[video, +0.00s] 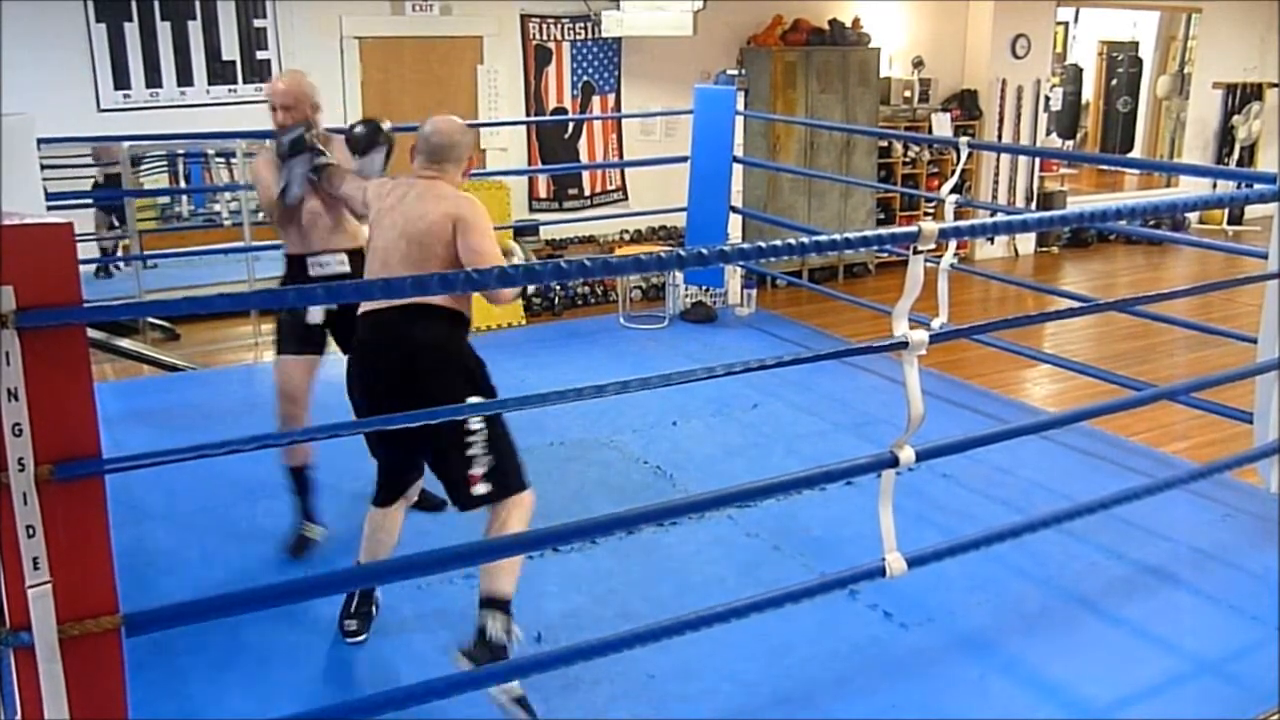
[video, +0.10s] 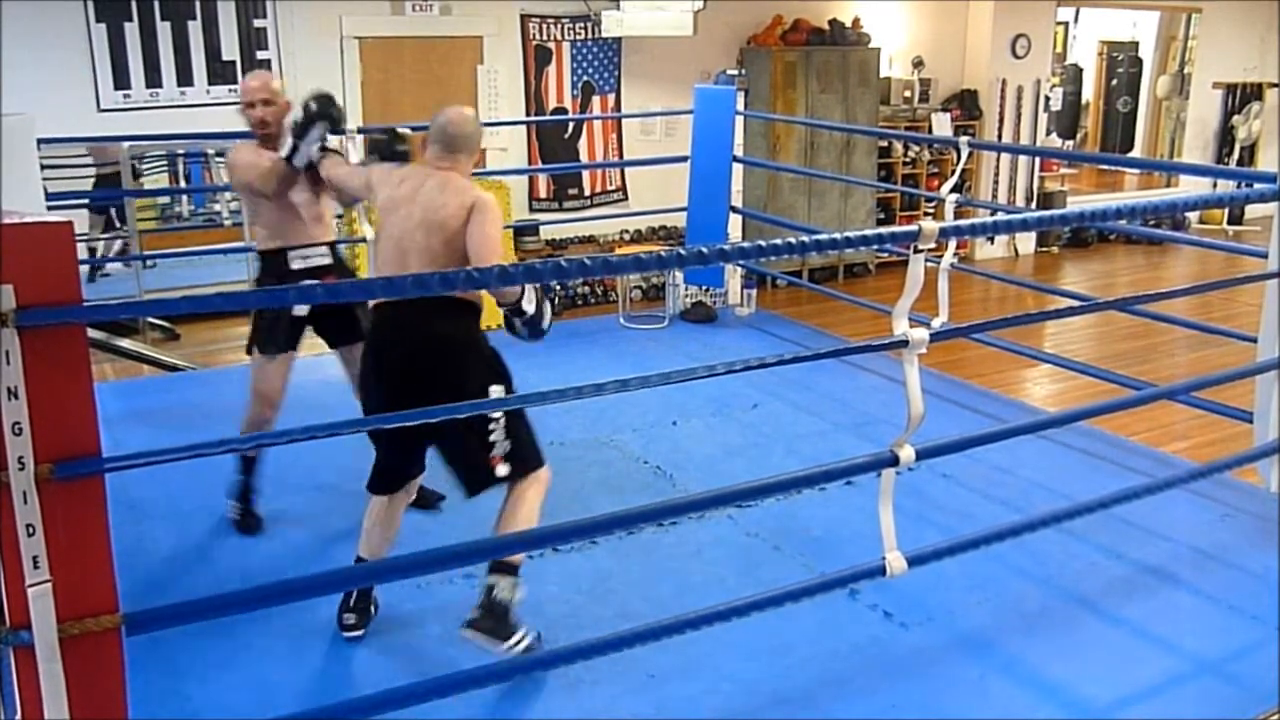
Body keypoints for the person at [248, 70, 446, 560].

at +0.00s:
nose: (279, 117)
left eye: (287, 109)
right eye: (273, 109)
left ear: (311, 108)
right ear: (268, 110)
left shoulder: (344, 146)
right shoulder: (266, 158)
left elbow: (365, 210)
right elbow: (279, 216)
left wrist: (364, 165)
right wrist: (293, 167)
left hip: (354, 271)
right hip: (301, 276)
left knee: (383, 377)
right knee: (290, 396)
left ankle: (407, 479)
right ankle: (307, 516)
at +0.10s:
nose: (257, 114)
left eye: (266, 103)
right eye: (249, 106)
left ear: (287, 105)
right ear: (242, 111)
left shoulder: (314, 148)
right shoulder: (241, 156)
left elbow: (349, 195)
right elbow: (273, 184)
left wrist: (368, 162)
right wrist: (304, 141)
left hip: (331, 269)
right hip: (280, 277)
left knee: (371, 381)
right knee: (265, 403)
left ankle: (403, 479)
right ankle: (244, 495)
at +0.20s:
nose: (241, 123)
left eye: (248, 114)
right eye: (232, 116)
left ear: (264, 112)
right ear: (220, 119)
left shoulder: (292, 157)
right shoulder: (215, 165)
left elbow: (331, 206)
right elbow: (251, 196)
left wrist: (370, 190)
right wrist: (269, 138)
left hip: (300, 275)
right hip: (250, 284)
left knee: (350, 383)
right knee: (248, 407)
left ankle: (399, 478)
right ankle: (227, 492)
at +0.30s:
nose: (241, 120)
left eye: (247, 111)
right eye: (231, 113)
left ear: (255, 106)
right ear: (209, 112)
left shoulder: (270, 156)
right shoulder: (197, 160)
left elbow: (306, 209)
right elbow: (214, 209)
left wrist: (352, 193)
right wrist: (233, 160)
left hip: (276, 269)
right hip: (229, 276)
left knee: (327, 370)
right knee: (235, 394)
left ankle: (373, 467)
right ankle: (225, 491)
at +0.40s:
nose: (241, 104)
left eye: (245, 94)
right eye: (230, 96)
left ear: (249, 94)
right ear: (207, 99)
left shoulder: (252, 142)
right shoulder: (188, 146)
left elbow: (276, 202)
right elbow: (198, 216)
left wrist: (316, 183)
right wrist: (222, 171)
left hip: (257, 254)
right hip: (213, 261)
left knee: (305, 348)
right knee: (227, 378)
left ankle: (307, 445)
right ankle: (225, 487)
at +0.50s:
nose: (238, 106)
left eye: (241, 96)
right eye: (229, 98)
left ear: (242, 96)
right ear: (202, 100)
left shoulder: (239, 143)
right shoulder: (179, 150)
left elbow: (253, 206)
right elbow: (188, 224)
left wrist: (286, 183)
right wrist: (224, 183)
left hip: (244, 253)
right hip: (202, 262)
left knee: (273, 343)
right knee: (217, 374)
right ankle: (222, 484)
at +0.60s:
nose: (235, 114)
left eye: (237, 105)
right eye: (225, 107)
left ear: (238, 103)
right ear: (199, 108)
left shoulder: (230, 147)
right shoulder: (177, 158)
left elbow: (239, 211)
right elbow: (184, 230)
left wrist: (269, 194)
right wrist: (222, 197)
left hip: (233, 259)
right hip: (197, 266)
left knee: (224, 350)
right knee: (214, 375)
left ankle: (197, 410)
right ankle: (221, 483)